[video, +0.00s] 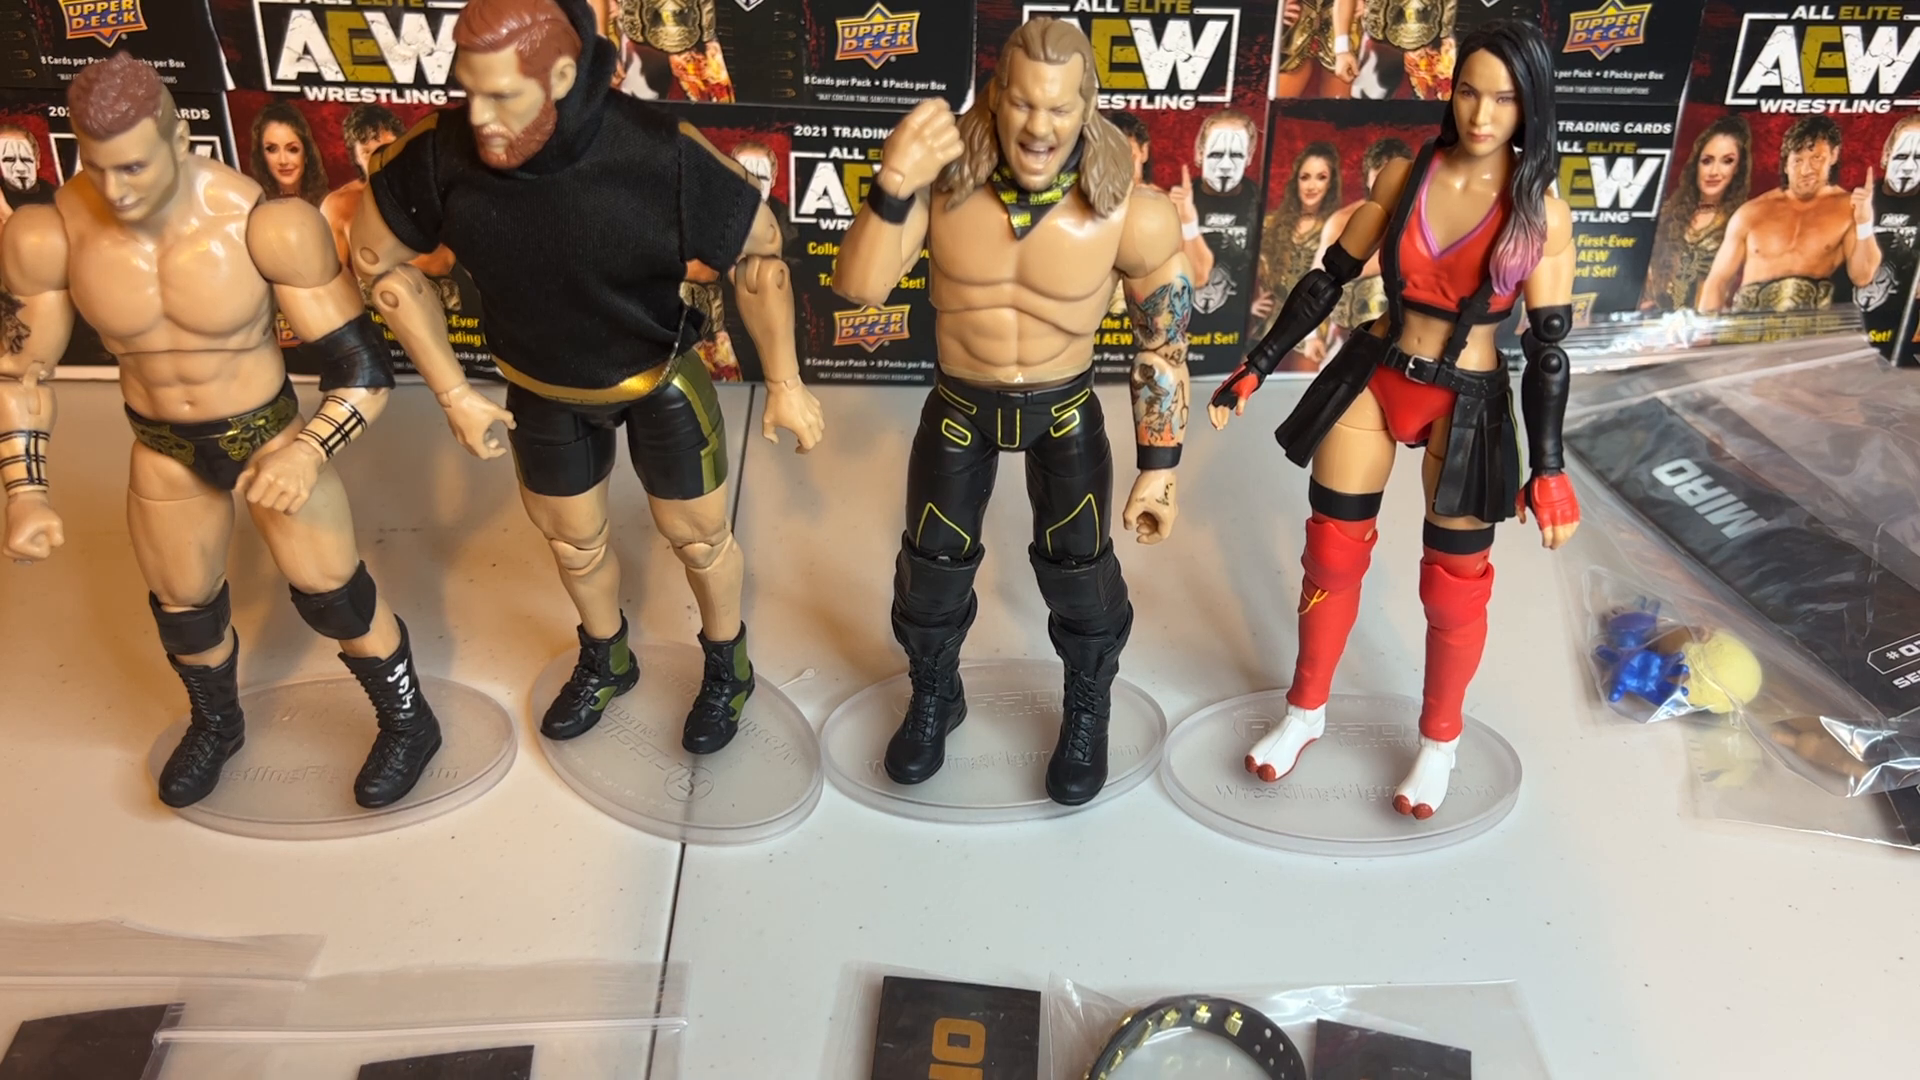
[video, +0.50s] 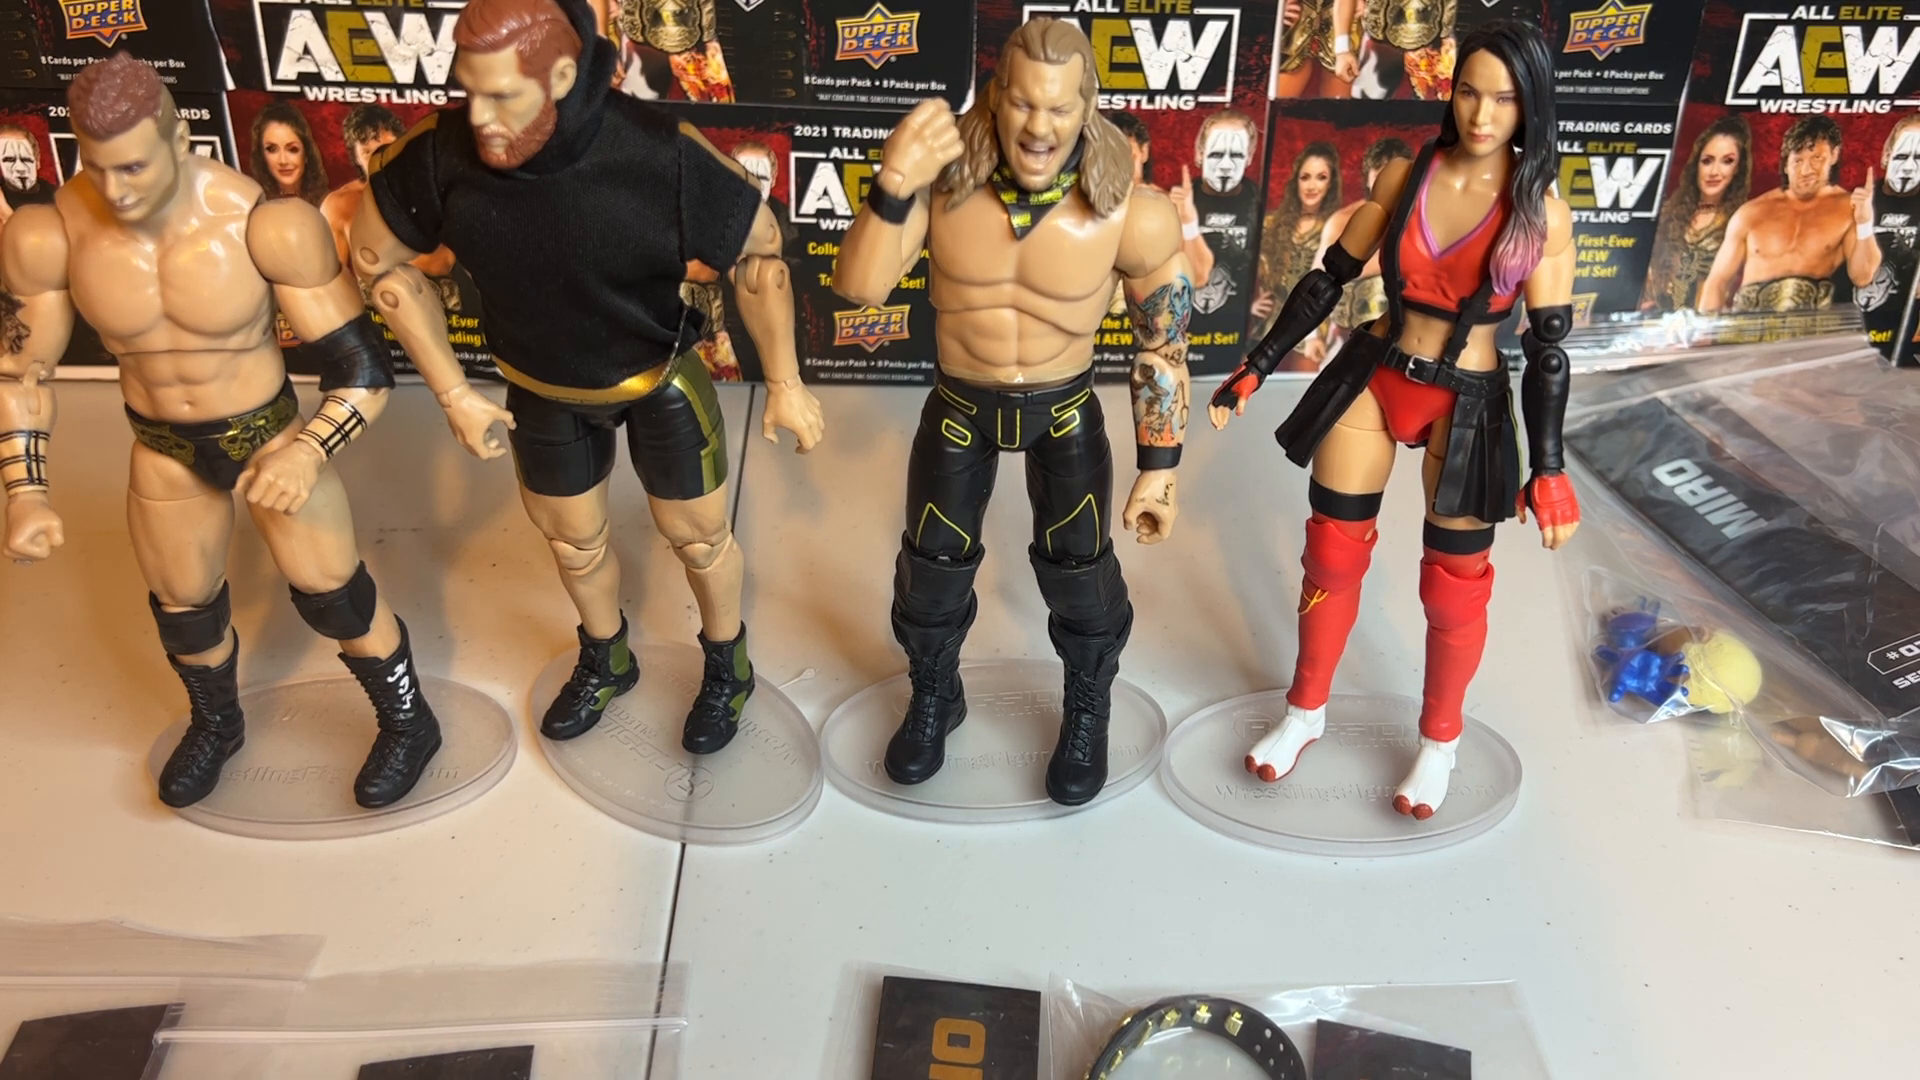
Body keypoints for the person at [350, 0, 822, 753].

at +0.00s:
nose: (481, 119)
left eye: (502, 96)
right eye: (468, 95)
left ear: (564, 76)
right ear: (456, 81)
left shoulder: (653, 155)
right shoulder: (442, 158)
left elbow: (757, 246)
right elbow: (373, 252)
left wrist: (784, 381)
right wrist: (452, 392)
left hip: (661, 382)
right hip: (542, 395)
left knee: (700, 541)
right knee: (575, 547)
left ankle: (726, 667)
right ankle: (607, 661)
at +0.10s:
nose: (481, 119)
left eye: (503, 96)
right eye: (468, 95)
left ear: (564, 76)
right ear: (457, 81)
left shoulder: (653, 154)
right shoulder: (442, 159)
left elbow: (757, 245)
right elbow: (373, 251)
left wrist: (784, 381)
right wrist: (452, 392)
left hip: (661, 382)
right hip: (542, 394)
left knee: (700, 540)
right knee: (575, 546)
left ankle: (726, 666)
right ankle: (607, 661)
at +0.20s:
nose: (481, 119)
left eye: (503, 96)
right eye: (468, 95)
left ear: (564, 76)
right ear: (457, 81)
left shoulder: (653, 155)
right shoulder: (443, 159)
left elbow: (757, 246)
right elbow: (373, 251)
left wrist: (784, 381)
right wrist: (452, 392)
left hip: (661, 381)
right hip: (543, 394)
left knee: (700, 540)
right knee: (575, 546)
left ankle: (726, 666)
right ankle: (607, 661)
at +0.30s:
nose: (481, 119)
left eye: (503, 96)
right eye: (468, 95)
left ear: (564, 76)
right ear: (457, 81)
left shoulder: (653, 155)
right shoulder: (443, 159)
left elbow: (757, 246)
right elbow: (373, 251)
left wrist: (784, 381)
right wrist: (452, 392)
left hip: (661, 382)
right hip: (542, 395)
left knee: (700, 540)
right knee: (575, 546)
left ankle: (726, 666)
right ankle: (607, 661)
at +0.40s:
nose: (481, 119)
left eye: (503, 96)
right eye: (468, 95)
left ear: (564, 76)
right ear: (457, 81)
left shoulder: (653, 155)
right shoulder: (443, 159)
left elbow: (757, 245)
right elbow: (373, 251)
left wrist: (784, 381)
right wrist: (452, 392)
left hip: (661, 382)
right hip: (543, 394)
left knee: (700, 540)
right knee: (575, 546)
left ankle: (726, 666)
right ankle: (607, 661)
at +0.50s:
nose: (481, 119)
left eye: (503, 96)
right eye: (468, 95)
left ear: (564, 76)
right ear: (457, 81)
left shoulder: (653, 155)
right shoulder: (443, 159)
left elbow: (757, 245)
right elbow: (372, 251)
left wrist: (784, 381)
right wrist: (452, 392)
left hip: (661, 382)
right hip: (542, 394)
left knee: (700, 540)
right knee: (575, 546)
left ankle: (726, 666)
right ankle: (607, 661)